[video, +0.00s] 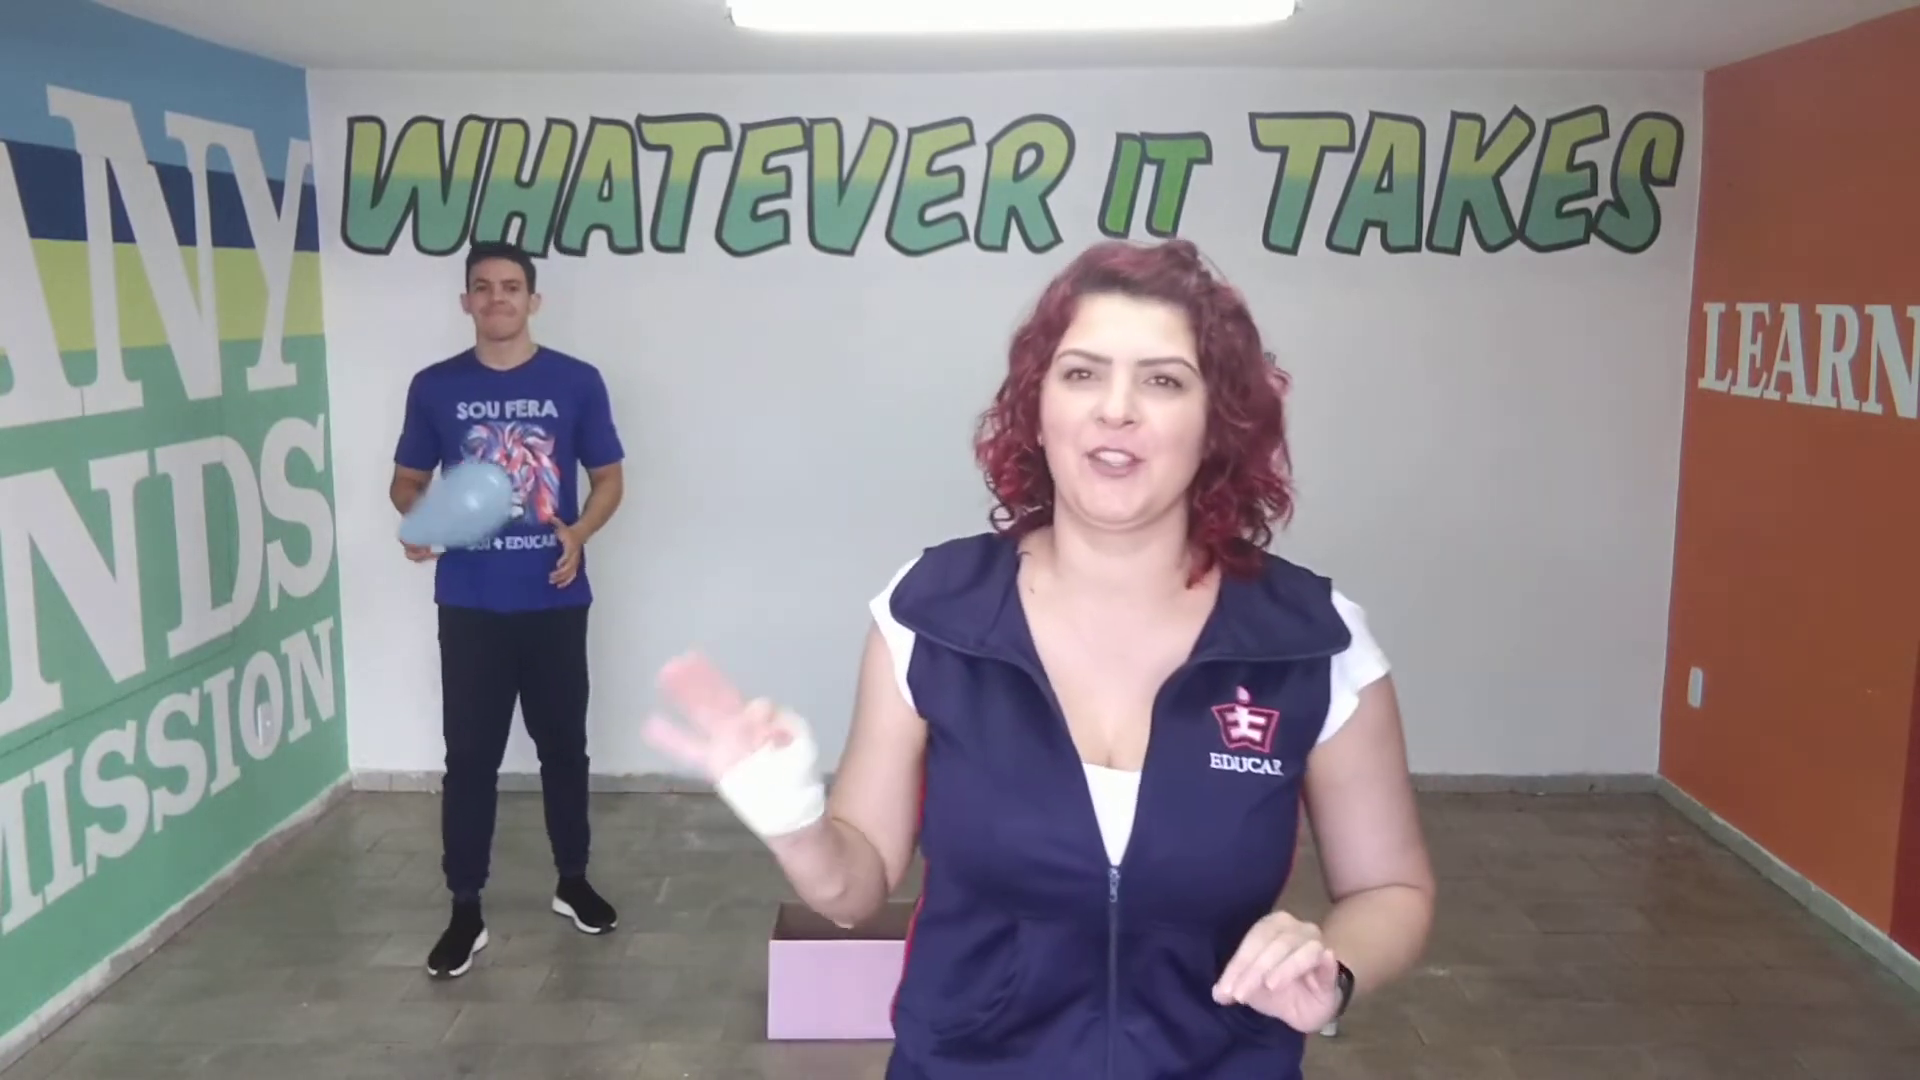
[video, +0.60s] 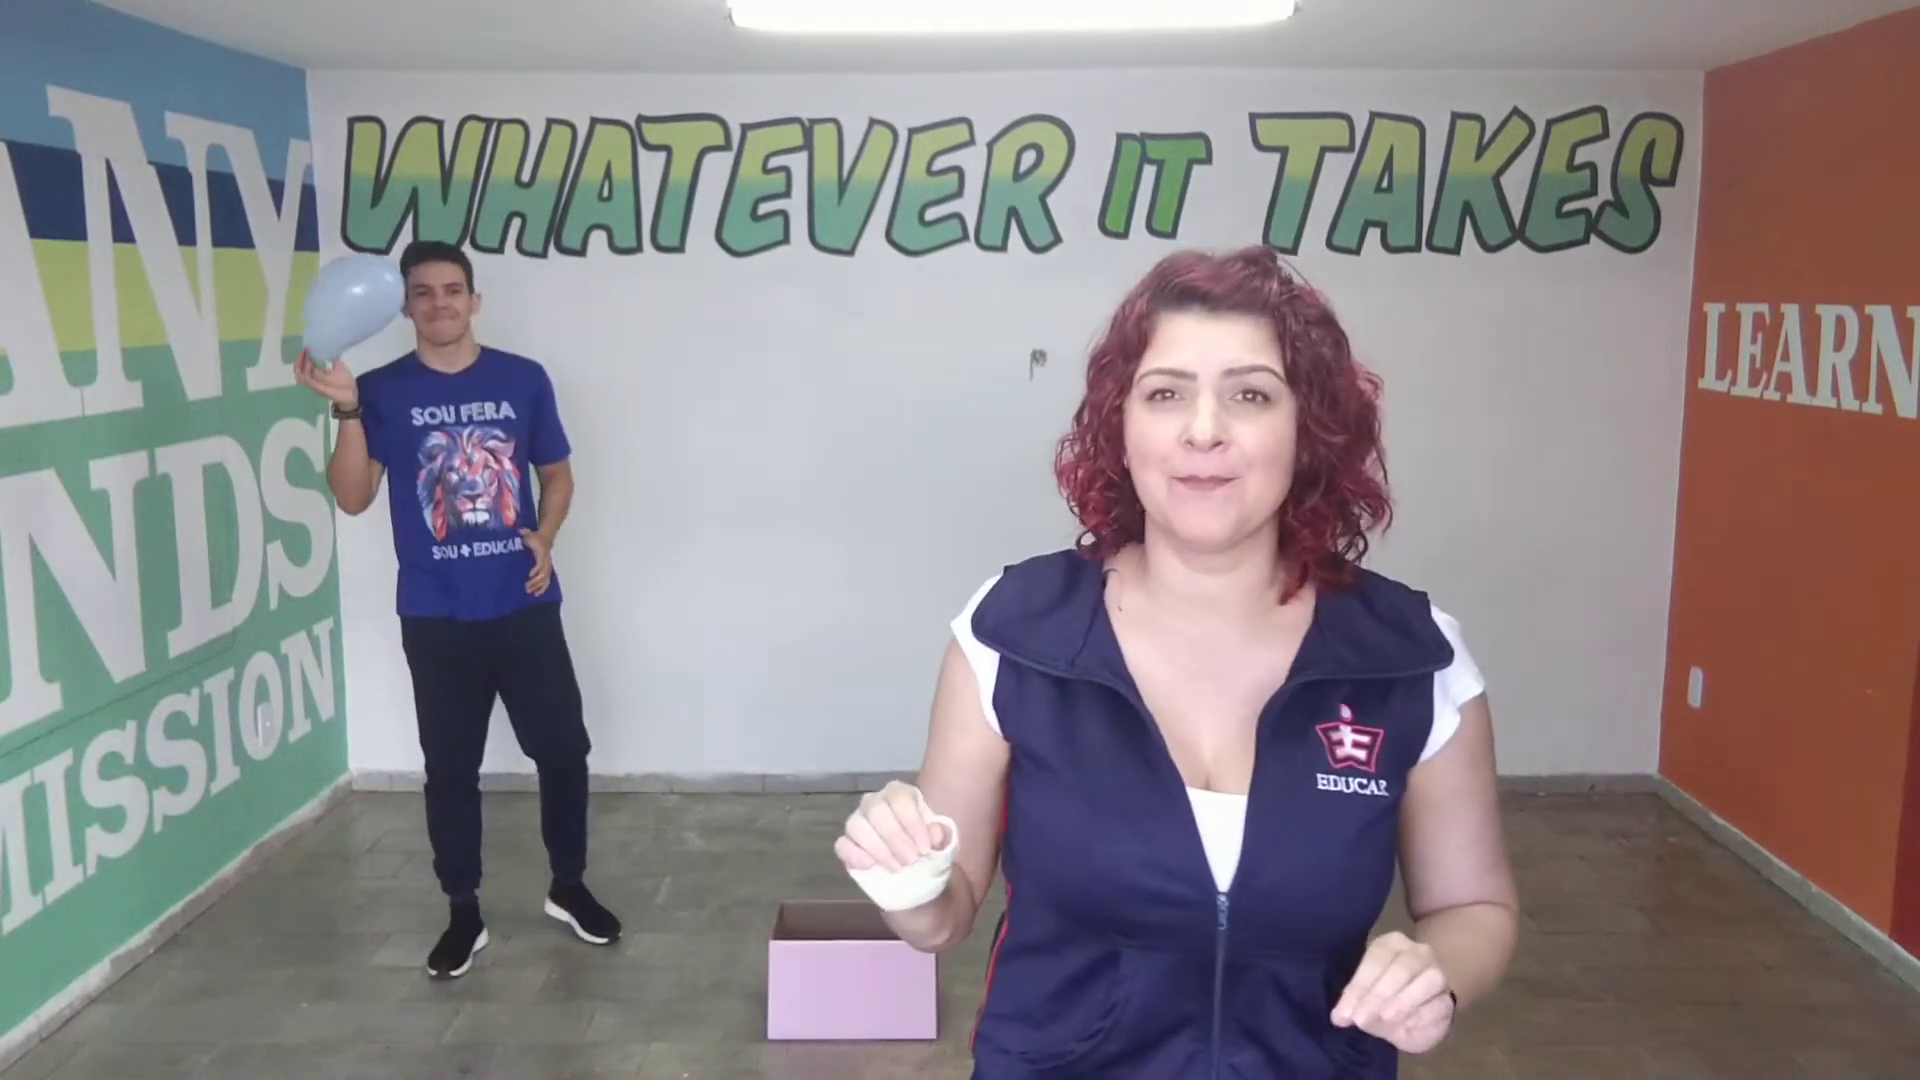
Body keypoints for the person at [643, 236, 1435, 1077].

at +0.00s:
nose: (1117, 413)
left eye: (1163, 381)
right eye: (1083, 374)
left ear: (1218, 417)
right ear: (1035, 402)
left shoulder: (1309, 637)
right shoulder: (935, 609)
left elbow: (1390, 890)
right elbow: (858, 889)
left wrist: (1332, 958)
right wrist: (782, 810)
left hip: (1215, 1061)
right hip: (970, 1060)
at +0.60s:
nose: (1204, 432)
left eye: (1250, 394)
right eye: (1165, 392)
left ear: (1311, 431)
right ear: (1118, 425)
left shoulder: (1407, 654)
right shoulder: (1016, 629)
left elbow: (1471, 904)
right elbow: (938, 920)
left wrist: (1430, 973)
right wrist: (903, 868)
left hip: (1314, 1064)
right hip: (1059, 1064)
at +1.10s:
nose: (1239, 398)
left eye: (1289, 375)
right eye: (1209, 365)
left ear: (1342, 439)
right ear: (1155, 411)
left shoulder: (1430, 667)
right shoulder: (1036, 618)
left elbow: (1493, 923)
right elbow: (935, 856)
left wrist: (1411, 1003)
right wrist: (829, 979)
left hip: (1309, 1073)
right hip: (1066, 1067)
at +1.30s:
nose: (1231, 405)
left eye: (1281, 379)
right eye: (1201, 370)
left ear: (1339, 434)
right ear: (1150, 410)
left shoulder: (1435, 673)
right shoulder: (1047, 617)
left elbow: (1517, 967)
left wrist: (1357, 1046)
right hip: (1063, 1063)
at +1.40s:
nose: (1227, 407)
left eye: (1277, 379)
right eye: (1195, 373)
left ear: (1334, 432)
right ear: (1146, 414)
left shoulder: (1430, 674)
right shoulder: (1059, 619)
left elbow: (1515, 1005)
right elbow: (978, 838)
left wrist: (1273, 1044)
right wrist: (853, 964)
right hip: (1060, 1064)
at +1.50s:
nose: (1220, 409)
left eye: (1273, 385)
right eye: (1189, 376)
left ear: (1330, 438)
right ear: (1140, 413)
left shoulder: (1420, 675)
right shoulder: (1079, 613)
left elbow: (1498, 1029)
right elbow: (1045, 797)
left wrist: (1223, 1039)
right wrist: (965, 918)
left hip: (1286, 1077)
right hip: (1061, 1065)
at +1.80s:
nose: (1226, 423)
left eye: (1276, 393)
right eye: (1194, 385)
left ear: (1336, 432)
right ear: (1150, 414)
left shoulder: (1417, 676)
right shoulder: (1124, 595)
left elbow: (1469, 1036)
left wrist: (1188, 997)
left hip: (1271, 1063)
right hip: (1084, 1053)